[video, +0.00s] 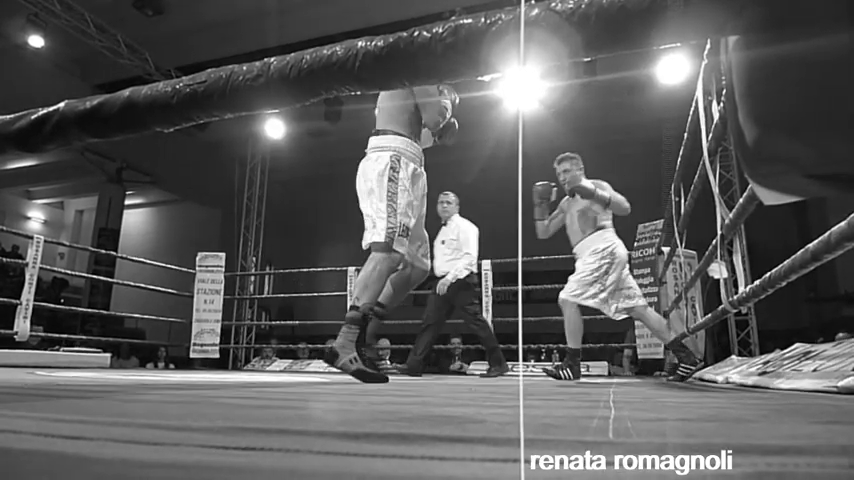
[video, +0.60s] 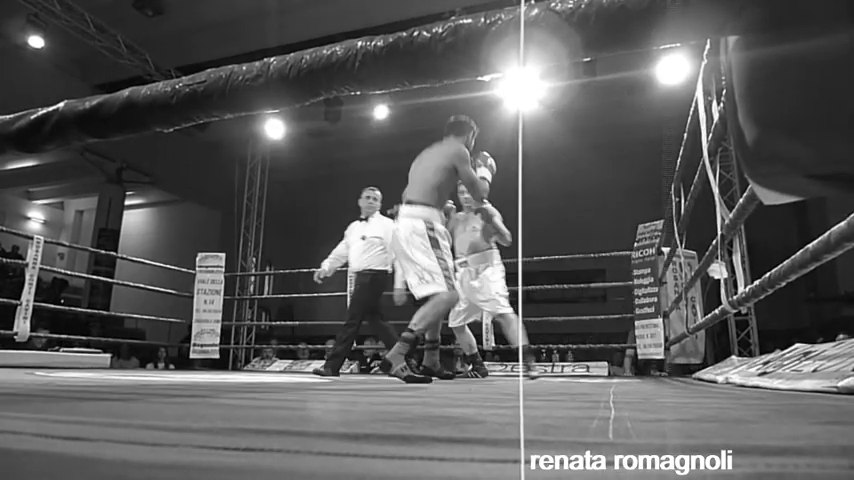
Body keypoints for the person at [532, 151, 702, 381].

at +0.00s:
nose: (564, 177)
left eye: (568, 171)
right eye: (560, 173)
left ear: (580, 170)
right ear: (558, 177)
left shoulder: (597, 186)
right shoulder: (566, 204)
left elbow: (625, 208)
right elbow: (543, 232)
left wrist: (593, 194)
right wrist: (540, 204)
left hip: (605, 248)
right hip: (591, 255)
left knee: (568, 299)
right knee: (639, 309)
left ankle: (572, 366)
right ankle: (686, 357)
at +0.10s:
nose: (545, 181)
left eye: (549, 175)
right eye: (541, 177)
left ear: (561, 175)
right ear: (538, 180)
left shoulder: (575, 195)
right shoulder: (543, 205)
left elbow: (599, 227)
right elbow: (532, 238)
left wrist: (569, 211)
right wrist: (524, 211)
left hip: (582, 252)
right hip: (564, 259)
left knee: (551, 306)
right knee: (593, 318)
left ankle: (568, 368)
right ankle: (651, 345)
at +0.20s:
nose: (532, 179)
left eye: (536, 173)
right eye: (528, 175)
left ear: (548, 173)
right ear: (525, 179)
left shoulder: (561, 193)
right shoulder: (532, 202)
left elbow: (574, 225)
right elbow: (528, 240)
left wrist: (540, 215)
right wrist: (514, 215)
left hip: (568, 253)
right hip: (549, 258)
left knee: (548, 307)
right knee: (565, 318)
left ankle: (568, 366)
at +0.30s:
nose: (511, 181)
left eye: (514, 176)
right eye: (507, 178)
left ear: (526, 174)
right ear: (505, 180)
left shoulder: (538, 192)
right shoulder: (512, 201)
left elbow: (545, 223)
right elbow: (514, 244)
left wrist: (518, 209)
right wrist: (498, 221)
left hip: (548, 252)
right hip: (526, 257)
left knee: (541, 305)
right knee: (510, 308)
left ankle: (567, 364)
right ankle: (532, 361)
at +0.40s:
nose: (499, 191)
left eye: (503, 185)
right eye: (495, 188)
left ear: (515, 185)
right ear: (492, 192)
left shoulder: (525, 200)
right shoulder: (497, 216)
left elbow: (529, 230)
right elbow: (495, 252)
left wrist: (505, 209)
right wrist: (482, 229)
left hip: (533, 258)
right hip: (510, 265)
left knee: (530, 309)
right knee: (490, 310)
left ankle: (564, 364)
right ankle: (489, 363)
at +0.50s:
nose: (488, 196)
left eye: (492, 191)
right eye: (484, 192)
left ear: (502, 192)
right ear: (479, 196)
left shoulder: (512, 207)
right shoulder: (481, 221)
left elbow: (519, 234)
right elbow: (475, 257)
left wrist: (499, 210)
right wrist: (465, 230)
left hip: (514, 266)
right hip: (489, 271)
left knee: (527, 315)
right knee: (469, 317)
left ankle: (560, 361)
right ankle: (477, 364)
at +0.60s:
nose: (465, 195)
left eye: (471, 191)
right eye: (462, 190)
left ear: (481, 193)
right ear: (457, 194)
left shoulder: (488, 212)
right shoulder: (456, 218)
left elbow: (507, 240)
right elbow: (444, 240)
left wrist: (490, 221)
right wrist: (446, 217)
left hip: (488, 267)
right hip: (463, 270)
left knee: (502, 312)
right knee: (457, 321)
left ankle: (528, 359)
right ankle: (477, 365)